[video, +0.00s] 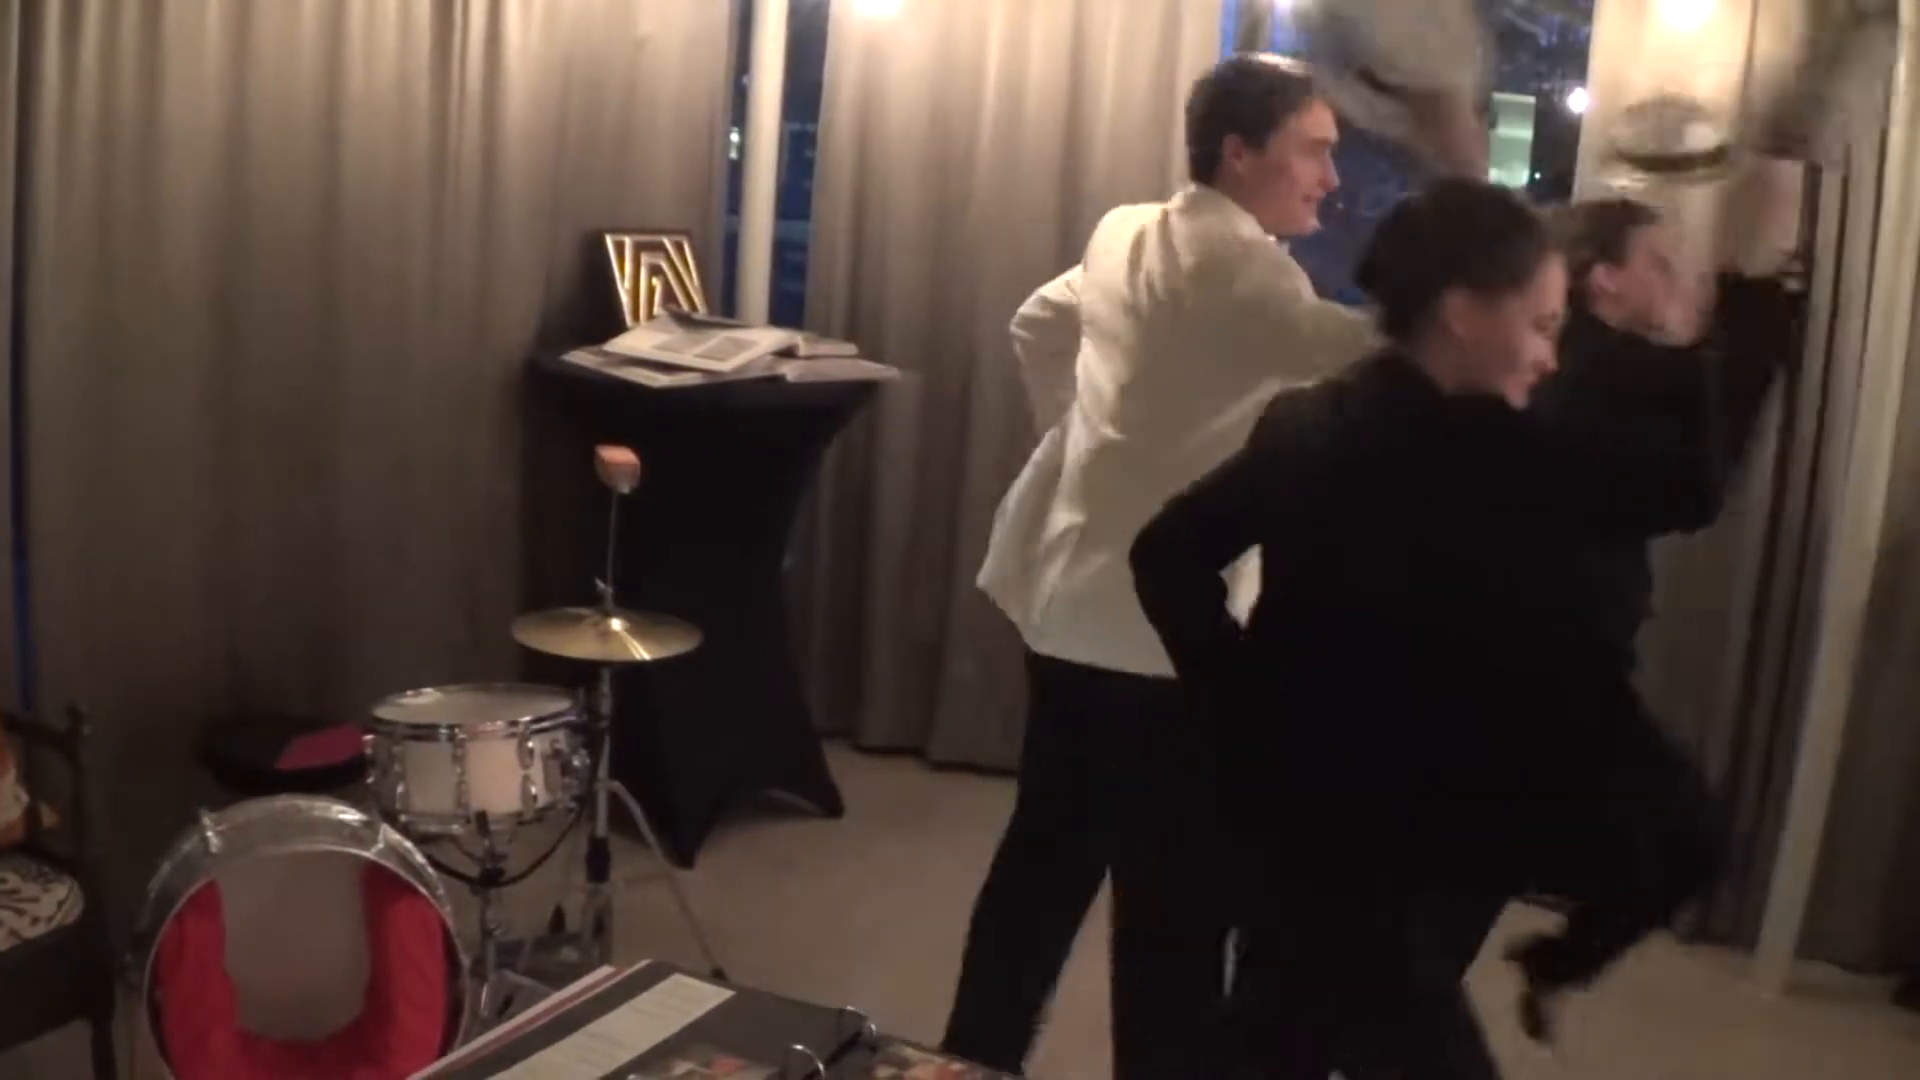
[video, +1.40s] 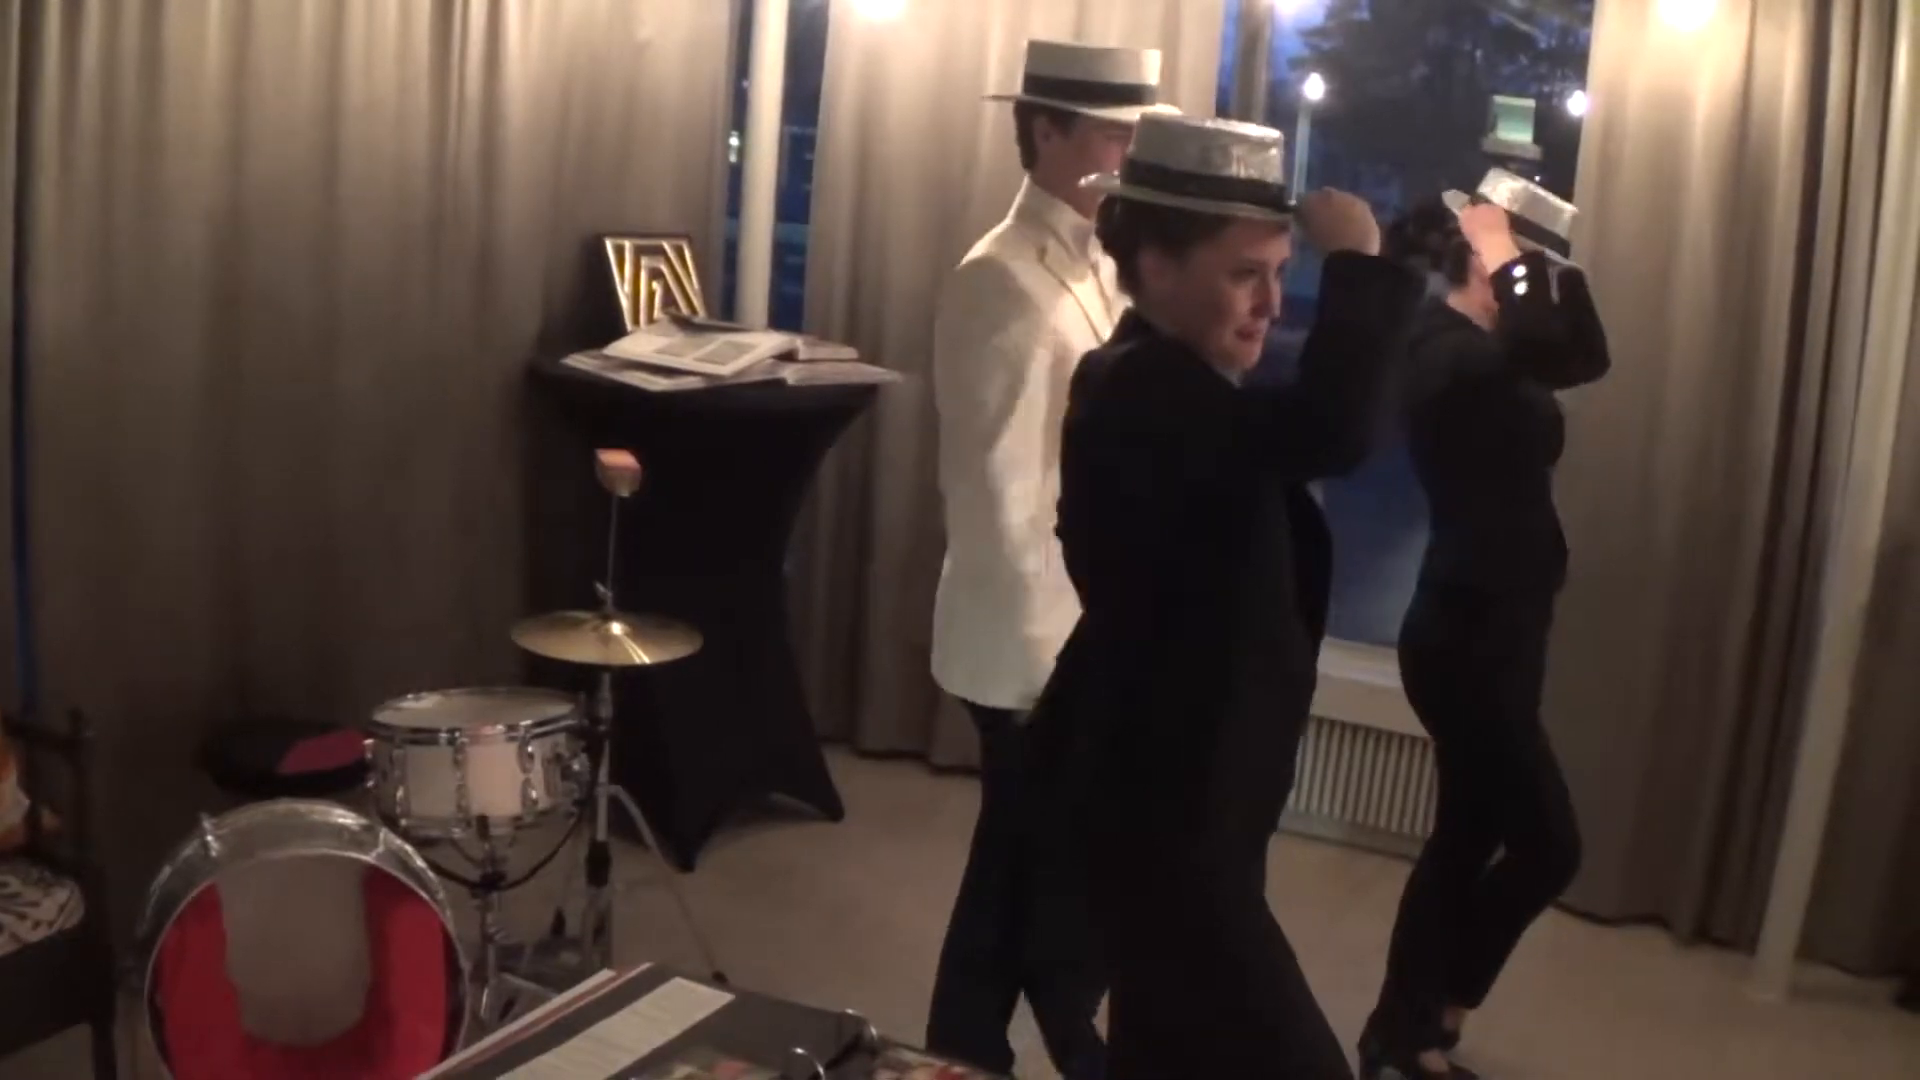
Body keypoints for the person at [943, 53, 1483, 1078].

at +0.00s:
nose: (1331, 178)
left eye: (1331, 154)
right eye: (1314, 153)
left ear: (1228, 157)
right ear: (1239, 154)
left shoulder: (1128, 235)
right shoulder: (1252, 284)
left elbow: (1036, 326)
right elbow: (1399, 347)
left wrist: (1082, 442)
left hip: (1060, 599)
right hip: (1150, 631)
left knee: (1048, 848)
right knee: (1177, 897)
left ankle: (977, 1057)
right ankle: (1167, 1072)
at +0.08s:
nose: (1301, 173)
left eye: (1305, 151)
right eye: (1285, 147)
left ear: (1209, 150)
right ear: (1212, 147)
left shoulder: (1123, 237)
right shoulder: (1204, 254)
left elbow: (1050, 338)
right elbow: (1370, 305)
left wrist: (1088, 450)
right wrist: (1387, 144)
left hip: (1075, 601)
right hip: (1129, 621)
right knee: (1050, 862)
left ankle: (977, 1055)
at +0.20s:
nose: (1257, 171)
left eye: (1261, 150)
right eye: (1238, 147)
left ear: (1175, 151)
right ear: (1164, 150)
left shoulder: (1167, 244)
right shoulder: (1137, 246)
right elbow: (1289, 293)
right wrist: (1310, 170)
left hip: (1130, 609)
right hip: (1101, 617)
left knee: (1181, 857)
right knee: (1040, 866)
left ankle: (1114, 1032)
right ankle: (972, 1057)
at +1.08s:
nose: (1132, 153)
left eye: (1136, 133)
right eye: (1112, 132)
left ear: (1063, 140)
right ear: (1044, 133)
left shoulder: (1066, 232)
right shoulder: (1040, 251)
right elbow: (1173, 340)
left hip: (1048, 604)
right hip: (1042, 620)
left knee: (1037, 866)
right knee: (1043, 876)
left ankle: (984, 1051)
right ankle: (981, 1054)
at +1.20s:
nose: (1126, 154)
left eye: (1132, 133)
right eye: (1106, 132)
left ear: (1117, 139)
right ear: (1042, 134)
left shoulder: (1083, 251)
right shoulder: (1015, 264)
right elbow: (1108, 403)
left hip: (1075, 608)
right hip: (1035, 624)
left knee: (1056, 878)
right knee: (1034, 878)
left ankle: (988, 1050)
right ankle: (977, 1054)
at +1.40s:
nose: (1122, 160)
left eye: (1132, 140)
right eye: (1104, 138)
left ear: (1128, 143)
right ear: (1041, 133)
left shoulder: (1092, 263)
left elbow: (1105, 444)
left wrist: (1135, 591)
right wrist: (1062, 644)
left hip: (1079, 615)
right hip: (1026, 632)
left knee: (1026, 845)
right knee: (1047, 849)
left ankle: (966, 1045)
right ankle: (1074, 1042)